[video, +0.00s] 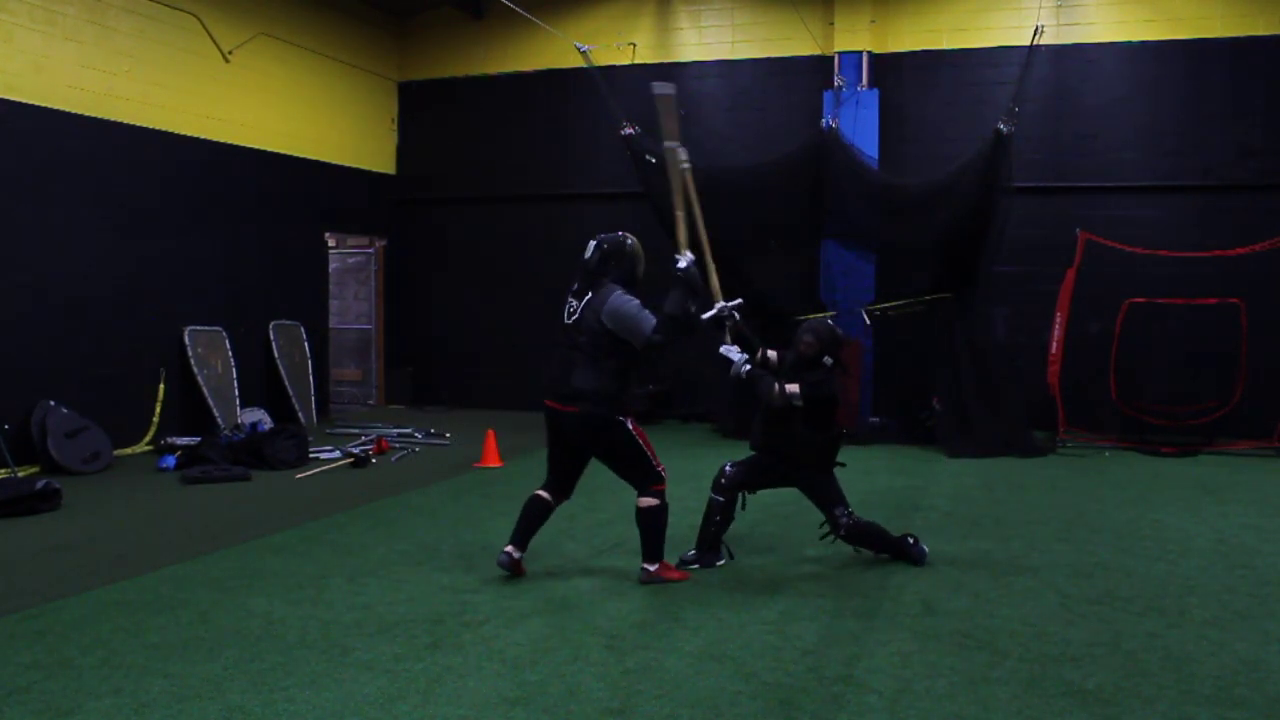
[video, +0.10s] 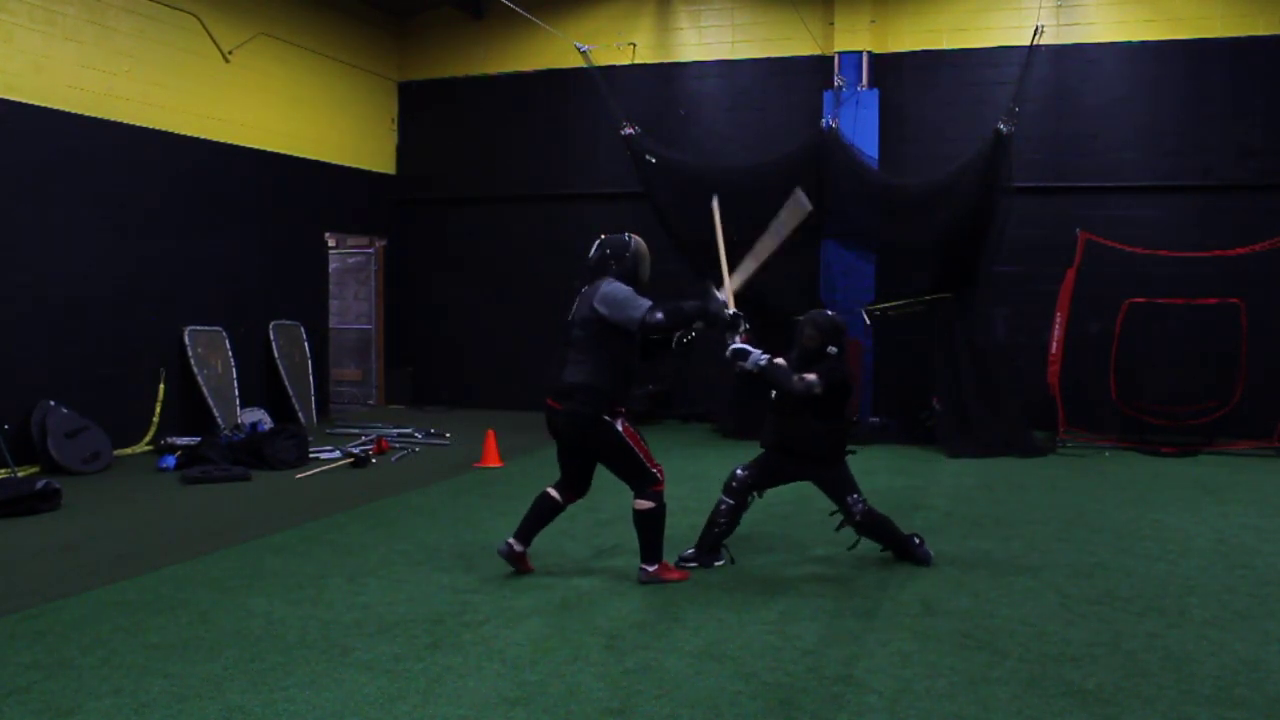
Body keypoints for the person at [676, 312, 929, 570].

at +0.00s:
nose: (802, 346)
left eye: (809, 343)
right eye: (801, 340)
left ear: (823, 349)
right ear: (799, 340)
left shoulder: (826, 381)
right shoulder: (793, 363)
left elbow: (778, 395)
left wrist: (745, 370)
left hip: (812, 466)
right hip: (777, 459)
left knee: (847, 527)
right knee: (727, 477)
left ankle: (903, 548)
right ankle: (708, 550)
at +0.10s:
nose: (803, 337)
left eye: (810, 333)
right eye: (803, 331)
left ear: (827, 341)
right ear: (803, 336)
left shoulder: (835, 370)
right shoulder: (797, 359)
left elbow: (801, 386)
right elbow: (770, 370)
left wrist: (763, 363)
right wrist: (742, 349)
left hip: (824, 458)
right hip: (785, 454)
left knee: (859, 515)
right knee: (739, 481)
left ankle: (906, 546)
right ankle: (707, 549)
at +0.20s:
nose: (805, 336)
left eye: (812, 330)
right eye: (804, 330)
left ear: (830, 330)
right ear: (805, 329)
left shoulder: (853, 353)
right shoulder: (803, 351)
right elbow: (767, 361)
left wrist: (797, 357)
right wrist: (744, 342)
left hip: (842, 445)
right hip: (806, 444)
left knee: (878, 506)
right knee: (757, 481)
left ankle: (919, 546)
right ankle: (714, 543)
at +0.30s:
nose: (816, 334)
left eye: (822, 327)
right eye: (812, 328)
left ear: (836, 327)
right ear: (803, 330)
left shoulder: (850, 348)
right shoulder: (797, 353)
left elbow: (852, 354)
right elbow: (773, 356)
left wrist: (812, 345)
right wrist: (751, 340)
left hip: (851, 443)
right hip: (810, 442)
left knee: (885, 500)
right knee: (761, 473)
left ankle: (920, 546)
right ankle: (746, 536)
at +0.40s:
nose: (804, 330)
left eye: (811, 325)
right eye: (801, 325)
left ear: (825, 327)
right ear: (795, 326)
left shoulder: (845, 348)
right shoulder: (790, 351)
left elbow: (849, 357)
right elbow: (769, 352)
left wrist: (808, 349)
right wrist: (753, 335)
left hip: (849, 444)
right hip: (808, 444)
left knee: (885, 495)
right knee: (761, 482)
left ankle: (921, 546)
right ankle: (757, 537)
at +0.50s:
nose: (801, 327)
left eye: (807, 320)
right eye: (797, 321)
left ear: (822, 321)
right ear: (790, 321)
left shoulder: (834, 347)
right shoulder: (786, 348)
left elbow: (836, 357)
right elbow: (763, 349)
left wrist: (802, 348)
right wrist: (750, 332)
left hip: (839, 439)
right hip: (799, 439)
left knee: (875, 491)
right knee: (753, 478)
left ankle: (918, 544)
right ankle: (758, 537)